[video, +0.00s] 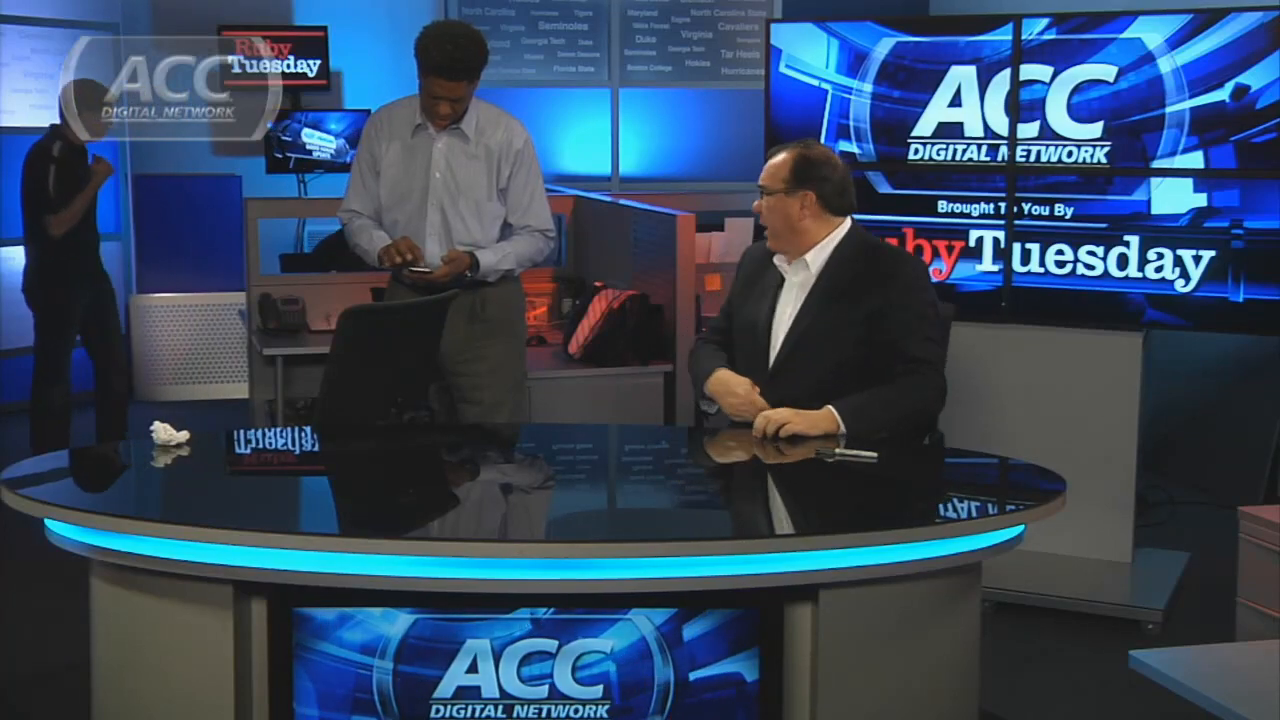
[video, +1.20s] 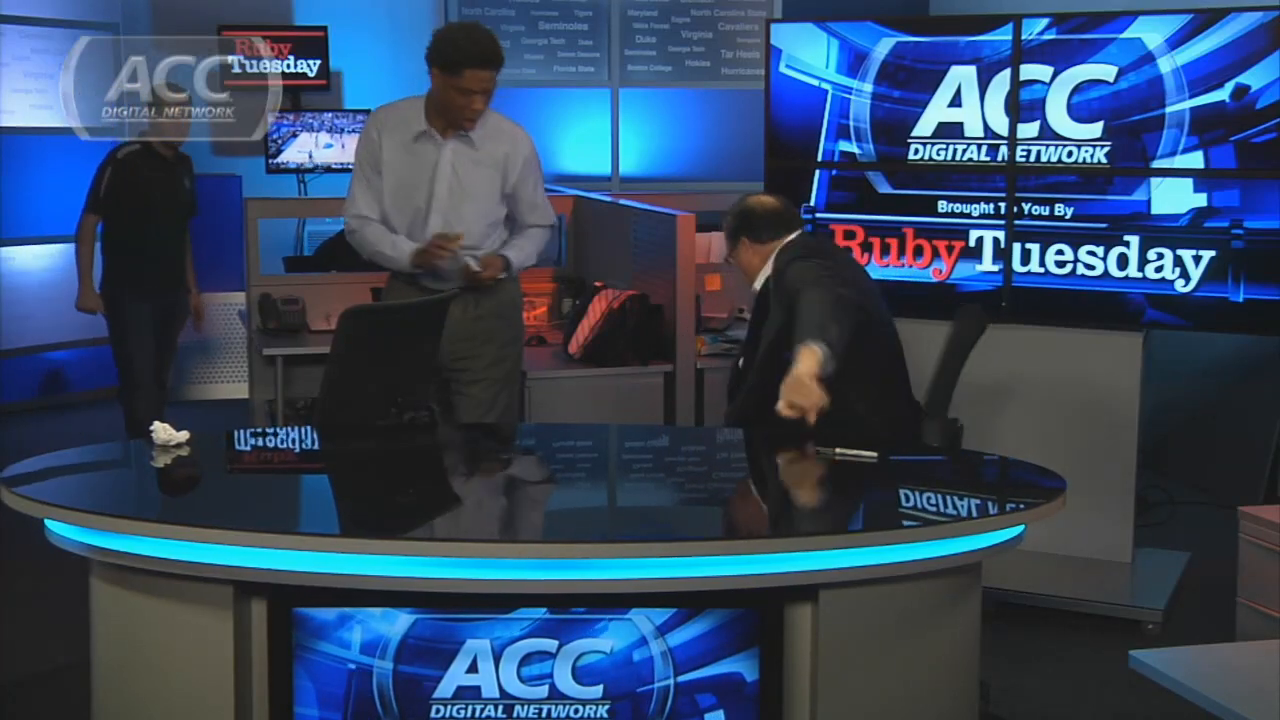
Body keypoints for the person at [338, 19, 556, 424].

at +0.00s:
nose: (443, 110)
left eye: (456, 100)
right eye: (433, 97)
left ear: (475, 83)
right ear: (420, 77)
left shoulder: (508, 137)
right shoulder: (383, 127)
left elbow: (538, 237)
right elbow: (355, 216)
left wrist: (475, 260)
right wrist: (382, 247)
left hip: (485, 314)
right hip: (406, 312)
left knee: (489, 449)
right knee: (406, 451)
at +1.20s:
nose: (478, 105)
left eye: (486, 93)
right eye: (466, 93)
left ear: (495, 85)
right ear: (435, 78)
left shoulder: (511, 141)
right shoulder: (385, 127)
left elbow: (538, 225)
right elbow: (359, 222)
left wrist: (505, 259)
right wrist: (412, 255)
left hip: (486, 311)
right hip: (409, 309)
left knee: (484, 444)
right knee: (410, 442)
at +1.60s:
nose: (600, 168)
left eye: (601, 156)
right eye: (594, 156)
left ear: (556, 149)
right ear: (558, 149)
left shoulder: (504, 167)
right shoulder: (510, 213)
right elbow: (581, 306)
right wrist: (681, 355)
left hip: (478, 331)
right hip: (428, 331)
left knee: (522, 428)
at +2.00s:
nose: (732, 158)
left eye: (733, 147)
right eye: (731, 146)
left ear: (677, 132)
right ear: (710, 143)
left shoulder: (611, 159)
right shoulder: (672, 232)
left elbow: (523, 198)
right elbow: (719, 330)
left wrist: (576, 230)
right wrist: (795, 369)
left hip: (517, 315)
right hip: (553, 338)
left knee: (546, 451)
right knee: (621, 451)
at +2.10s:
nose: (763, 174)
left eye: (765, 164)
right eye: (763, 163)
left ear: (710, 150)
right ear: (749, 163)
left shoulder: (639, 175)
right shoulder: (717, 242)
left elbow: (548, 209)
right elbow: (755, 343)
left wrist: (595, 244)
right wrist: (819, 382)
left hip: (546, 326)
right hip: (593, 347)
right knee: (665, 461)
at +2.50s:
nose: (883, 253)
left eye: (888, 243)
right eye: (885, 242)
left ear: (836, 215)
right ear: (865, 236)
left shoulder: (759, 210)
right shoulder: (827, 299)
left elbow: (659, 214)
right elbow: (884, 386)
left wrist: (615, 247)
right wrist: (937, 453)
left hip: (612, 313)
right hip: (649, 349)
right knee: (721, 465)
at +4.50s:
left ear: (715, 178)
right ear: (773, 168)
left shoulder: (682, 215)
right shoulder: (801, 194)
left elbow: (630, 333)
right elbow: (904, 236)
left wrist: (678, 370)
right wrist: (867, 331)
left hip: (681, 341)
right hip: (759, 337)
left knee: (687, 468)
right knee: (793, 469)